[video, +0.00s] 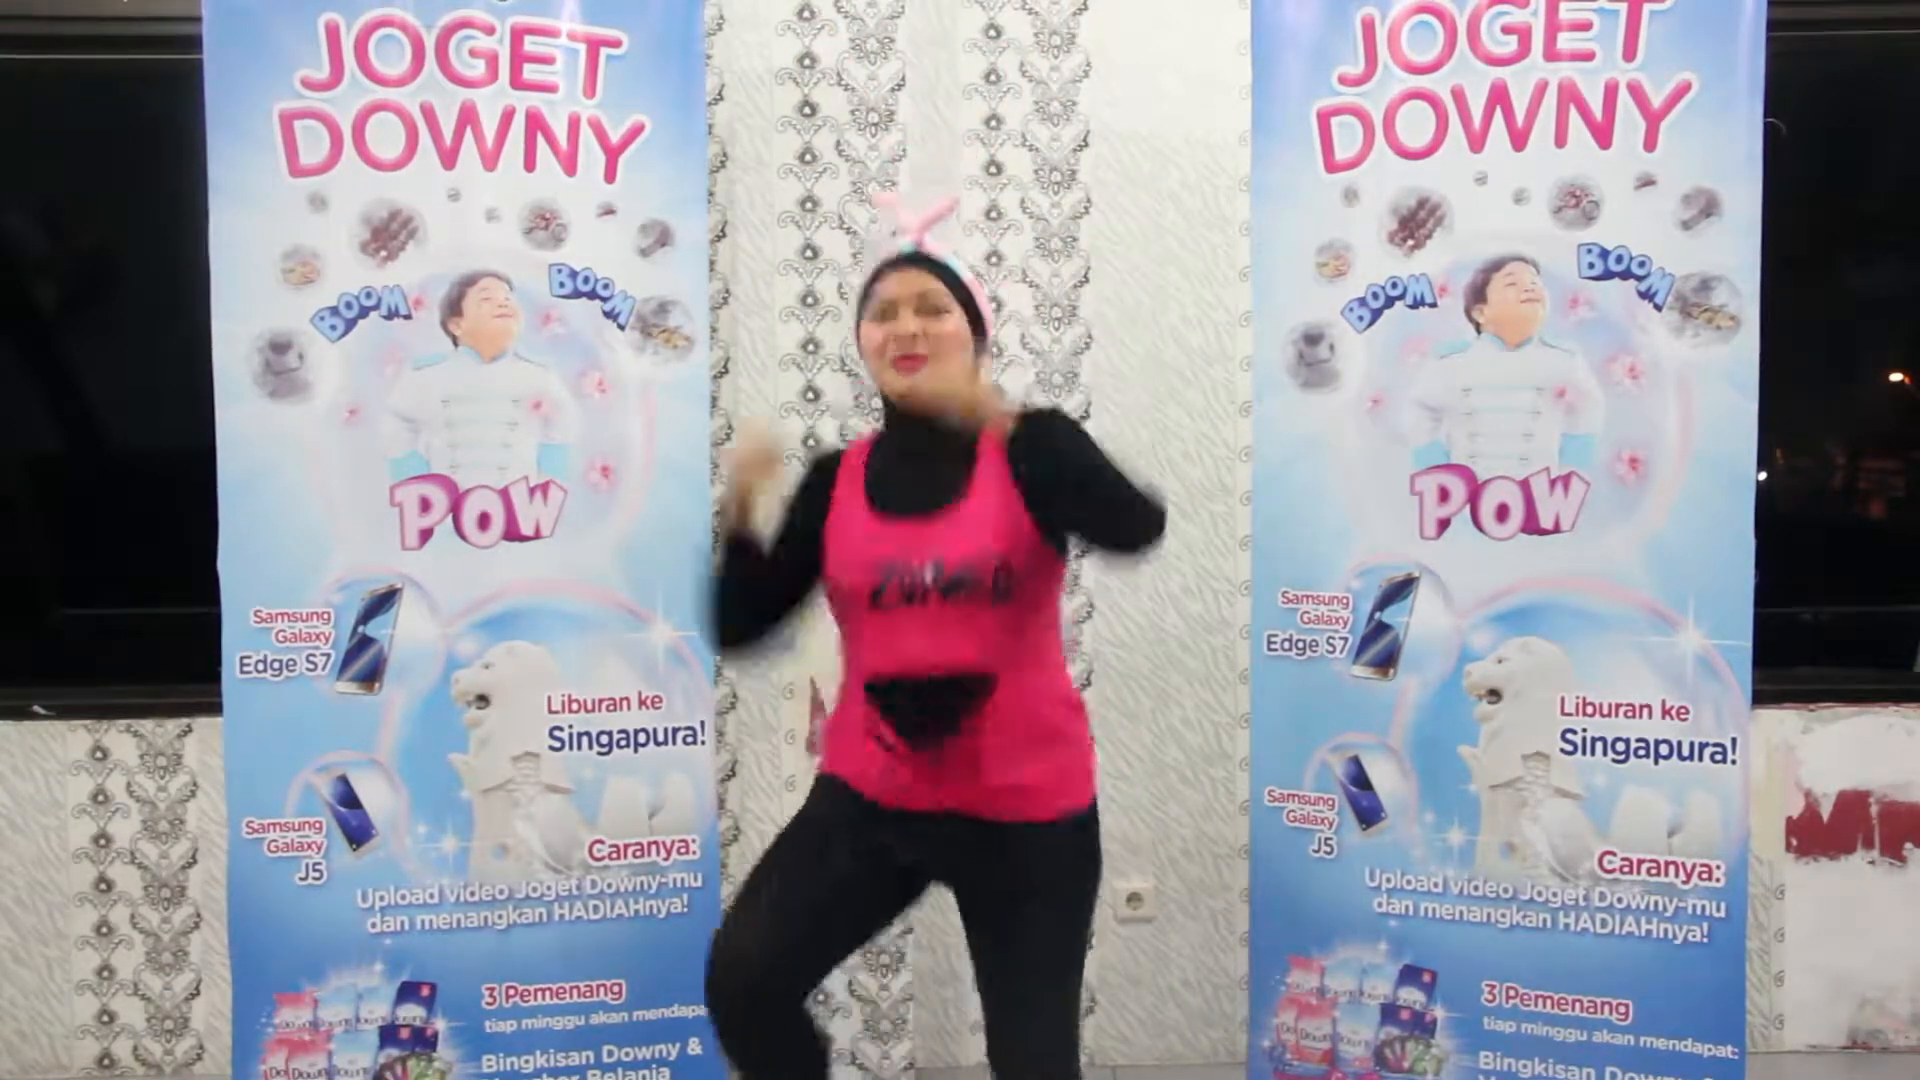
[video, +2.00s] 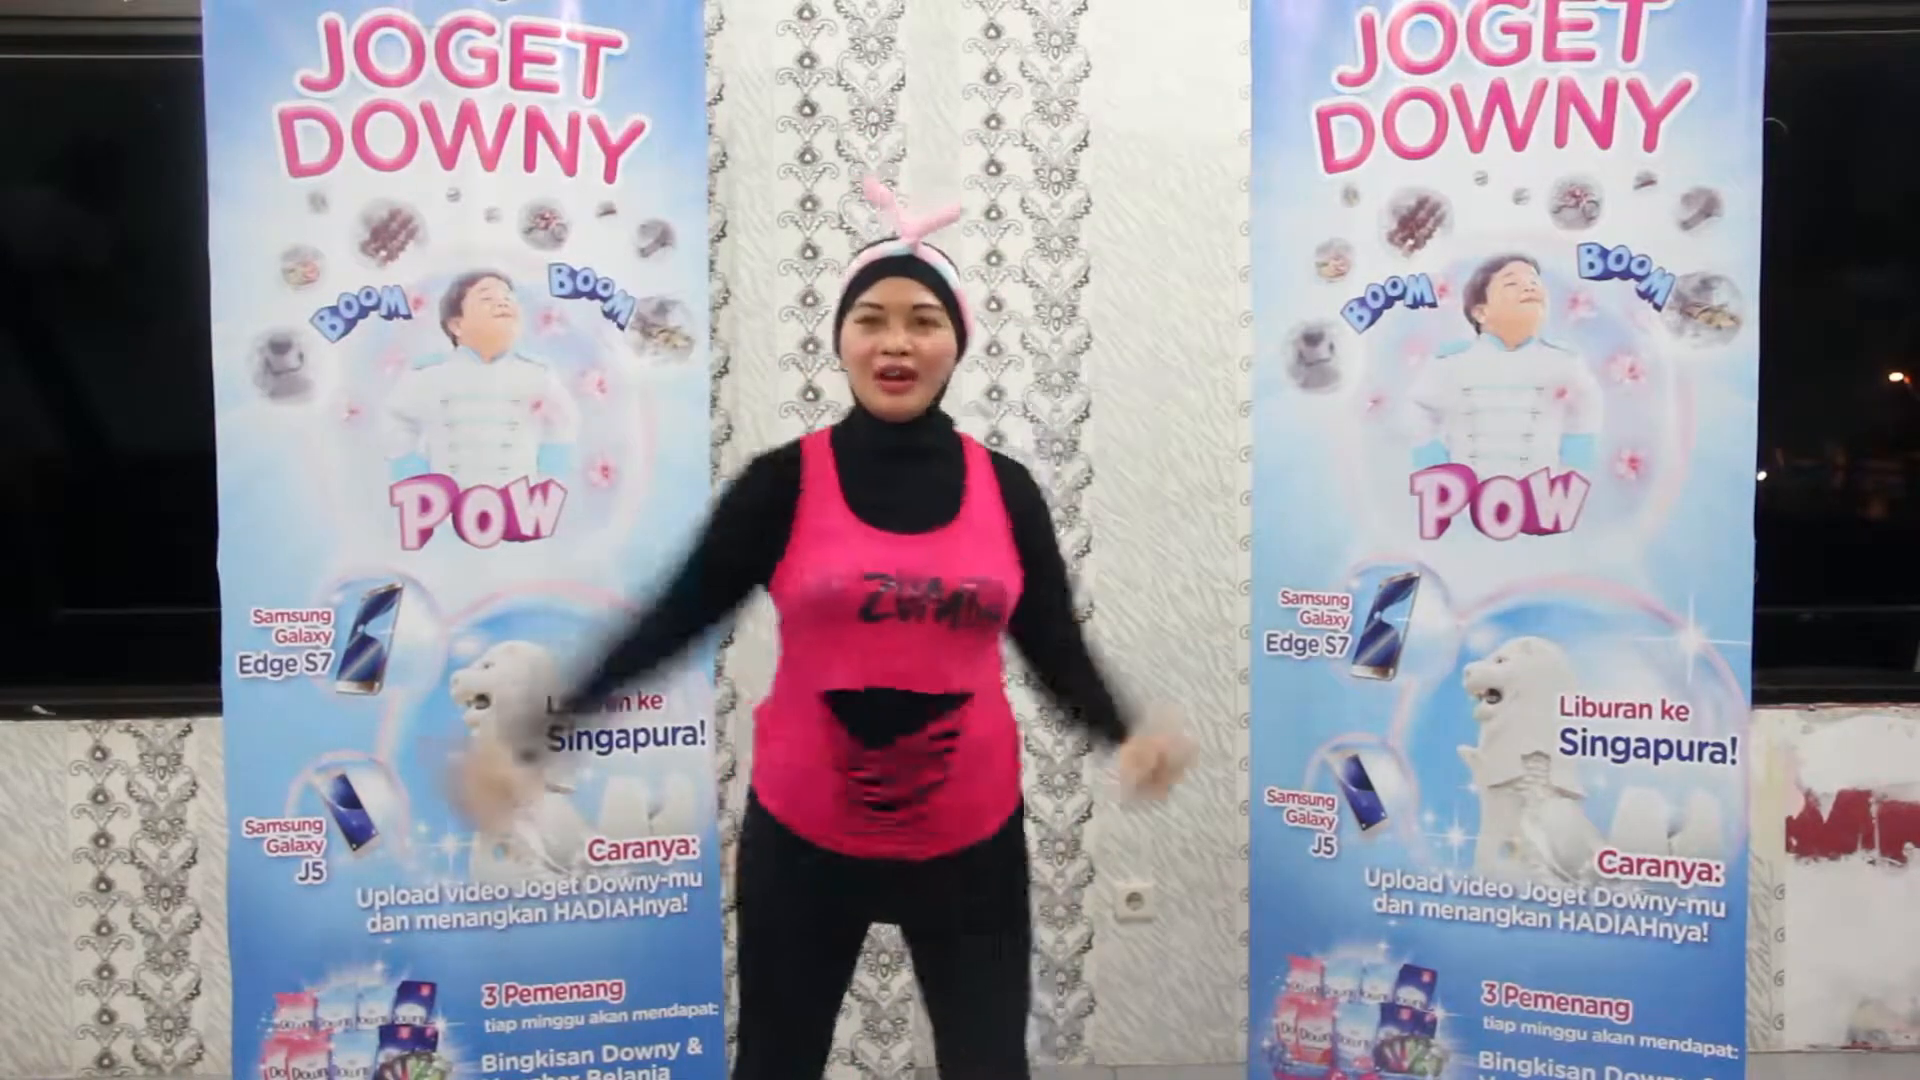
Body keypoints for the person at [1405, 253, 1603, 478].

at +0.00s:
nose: (1529, 287)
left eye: (1535, 281)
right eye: (1510, 283)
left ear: (1545, 300)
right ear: (1479, 311)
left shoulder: (1564, 363)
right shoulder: (1446, 366)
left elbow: (1584, 421)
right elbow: (1417, 417)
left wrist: (1567, 484)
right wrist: (1435, 477)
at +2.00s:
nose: (1528, 286)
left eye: (1534, 281)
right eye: (1510, 283)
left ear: (1545, 299)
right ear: (1479, 311)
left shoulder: (1564, 364)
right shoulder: (1446, 366)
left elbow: (1583, 425)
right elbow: (1415, 416)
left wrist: (1566, 484)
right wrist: (1436, 476)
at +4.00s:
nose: (1529, 287)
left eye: (1534, 281)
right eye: (1510, 283)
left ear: (1544, 300)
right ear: (1479, 311)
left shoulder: (1565, 365)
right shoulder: (1446, 368)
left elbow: (1583, 436)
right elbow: (1413, 420)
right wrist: (1436, 477)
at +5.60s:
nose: (1529, 286)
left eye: (1534, 281)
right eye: (1510, 283)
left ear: (1544, 299)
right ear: (1479, 311)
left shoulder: (1564, 364)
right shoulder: (1447, 365)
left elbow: (1584, 421)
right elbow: (1415, 415)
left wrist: (1567, 483)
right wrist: (1434, 475)